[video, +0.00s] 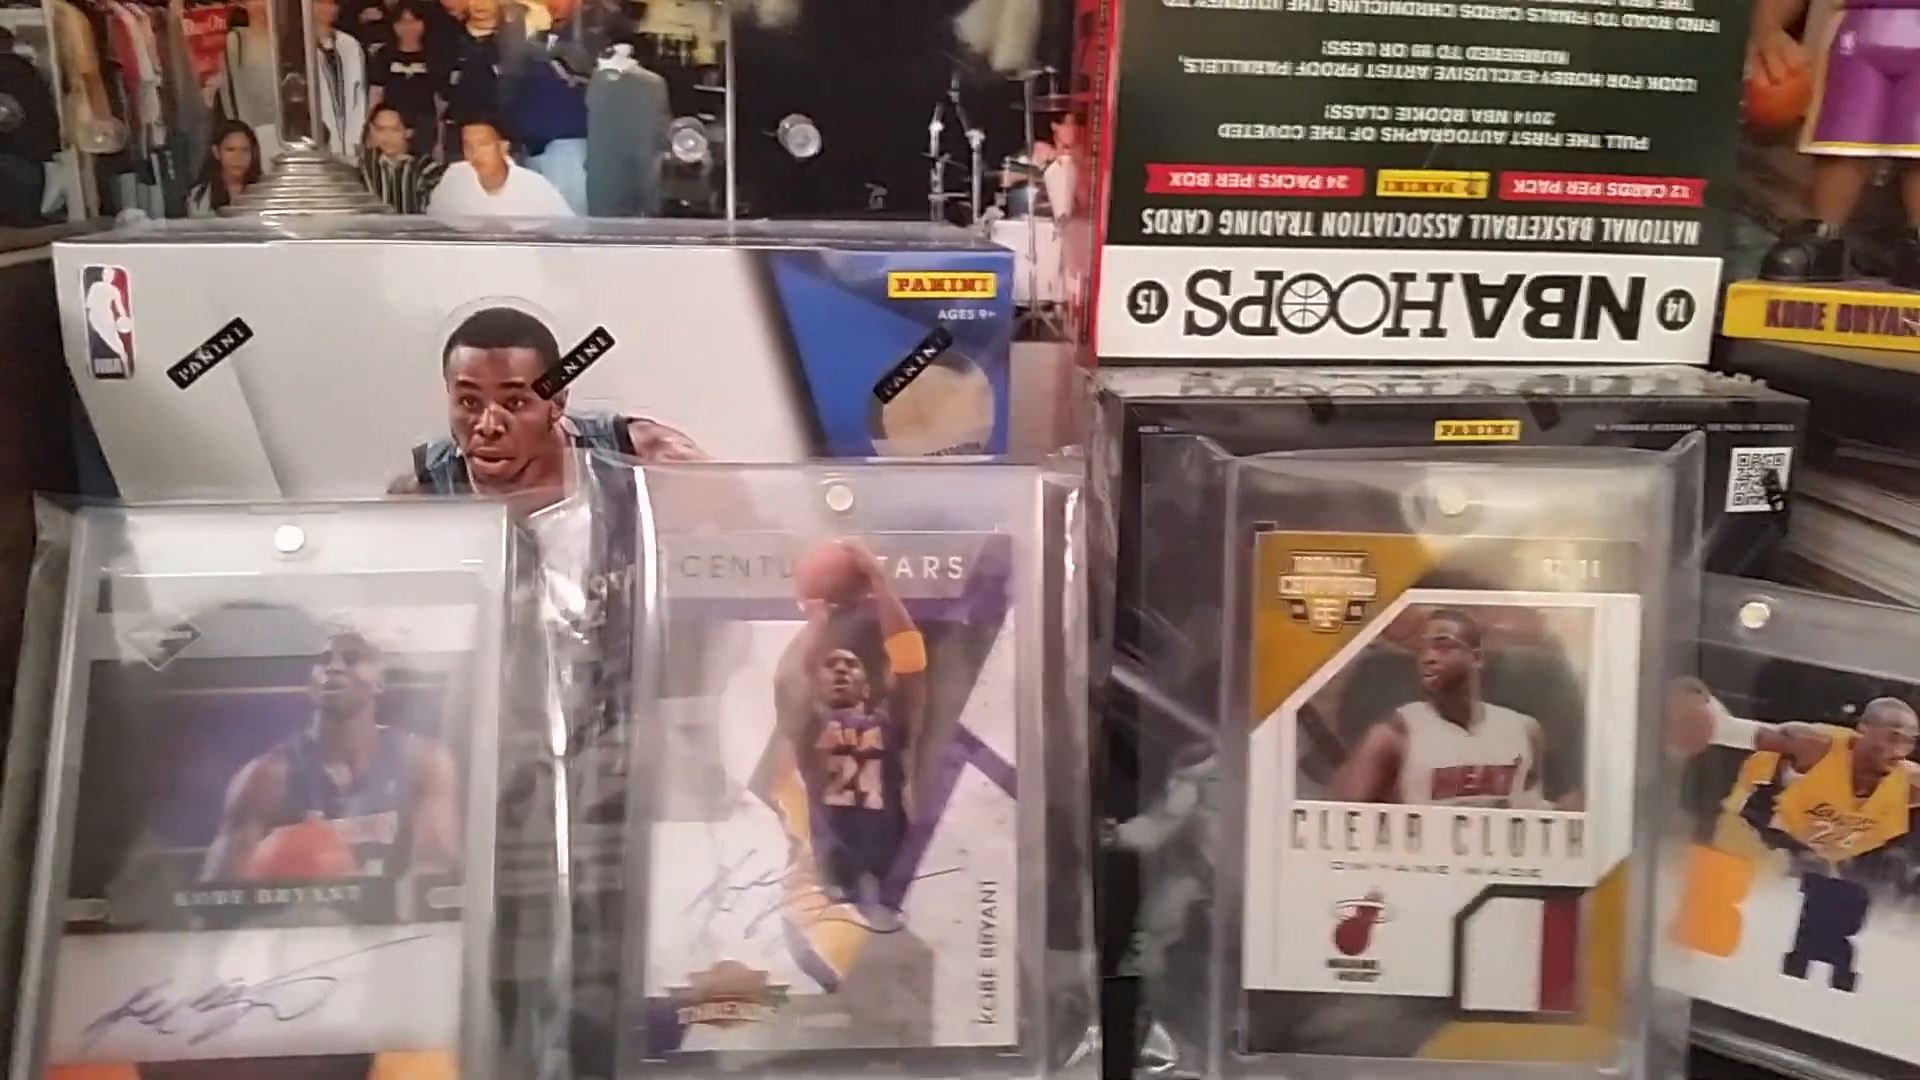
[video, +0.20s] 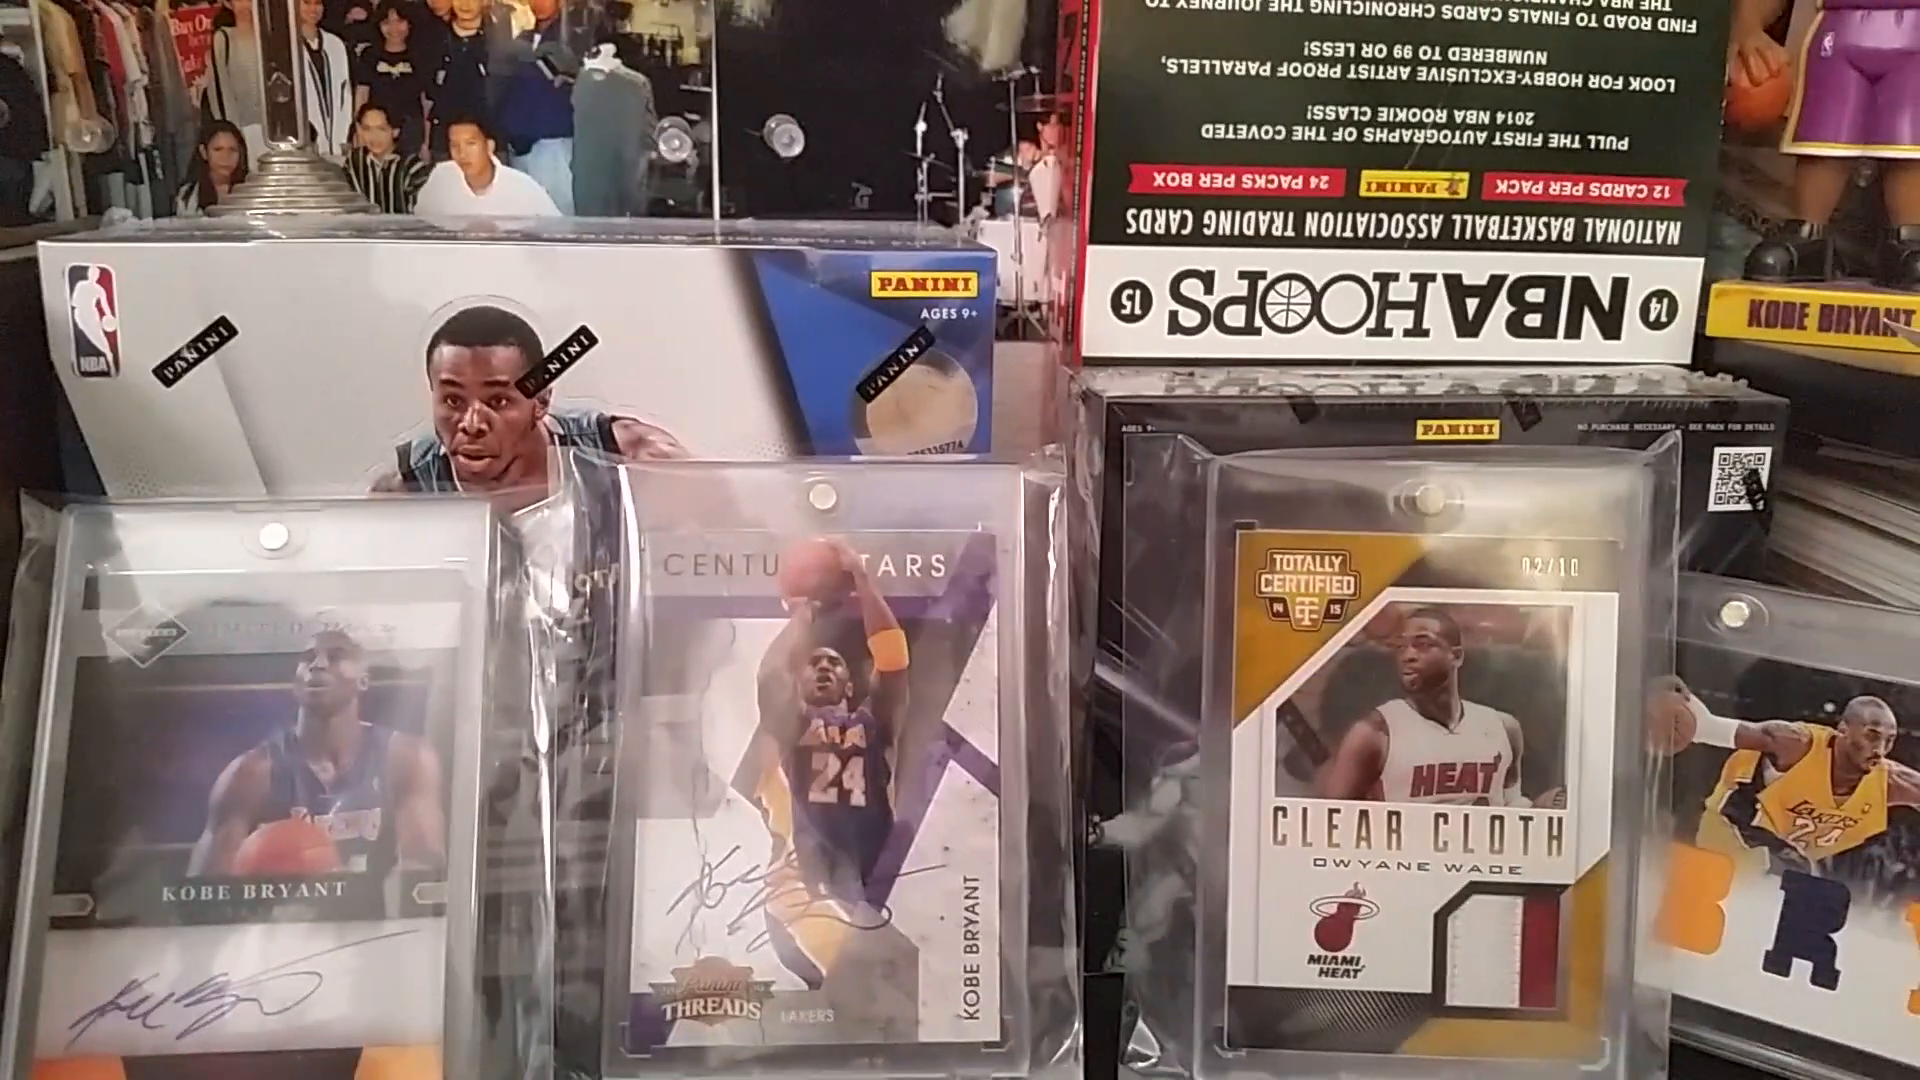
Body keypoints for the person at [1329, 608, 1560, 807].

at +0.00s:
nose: (1426, 657)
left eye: (1442, 646)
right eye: (1422, 648)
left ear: (1477, 658)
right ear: (1417, 656)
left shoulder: (1525, 732)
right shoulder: (1392, 735)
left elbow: (1533, 818)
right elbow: (1342, 820)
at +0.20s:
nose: (1407, 655)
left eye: (1423, 644)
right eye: (1402, 646)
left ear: (1457, 656)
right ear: (1395, 653)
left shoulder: (1504, 731)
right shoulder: (1372, 735)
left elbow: (1511, 811)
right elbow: (1325, 825)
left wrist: (1538, 809)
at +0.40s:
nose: (1378, 653)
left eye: (1394, 642)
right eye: (1373, 644)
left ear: (1428, 653)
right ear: (1367, 653)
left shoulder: (1475, 727)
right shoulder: (1343, 732)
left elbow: (1481, 812)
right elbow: (1298, 822)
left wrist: (1509, 807)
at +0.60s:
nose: (1389, 651)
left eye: (1405, 640)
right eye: (1383, 642)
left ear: (1439, 650)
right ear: (1378, 650)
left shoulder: (1486, 725)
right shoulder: (1354, 729)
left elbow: (1492, 806)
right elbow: (1309, 819)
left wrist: (1519, 803)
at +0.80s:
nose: (1393, 651)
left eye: (1409, 639)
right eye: (1387, 642)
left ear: (1443, 651)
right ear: (1382, 651)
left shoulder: (1489, 725)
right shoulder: (1359, 729)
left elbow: (1496, 805)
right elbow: (1313, 819)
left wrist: (1524, 804)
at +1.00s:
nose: (1406, 649)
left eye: (1422, 637)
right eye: (1401, 640)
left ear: (1456, 649)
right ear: (1394, 648)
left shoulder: (1503, 723)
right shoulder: (1372, 726)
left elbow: (1508, 800)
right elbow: (1326, 816)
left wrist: (1537, 802)